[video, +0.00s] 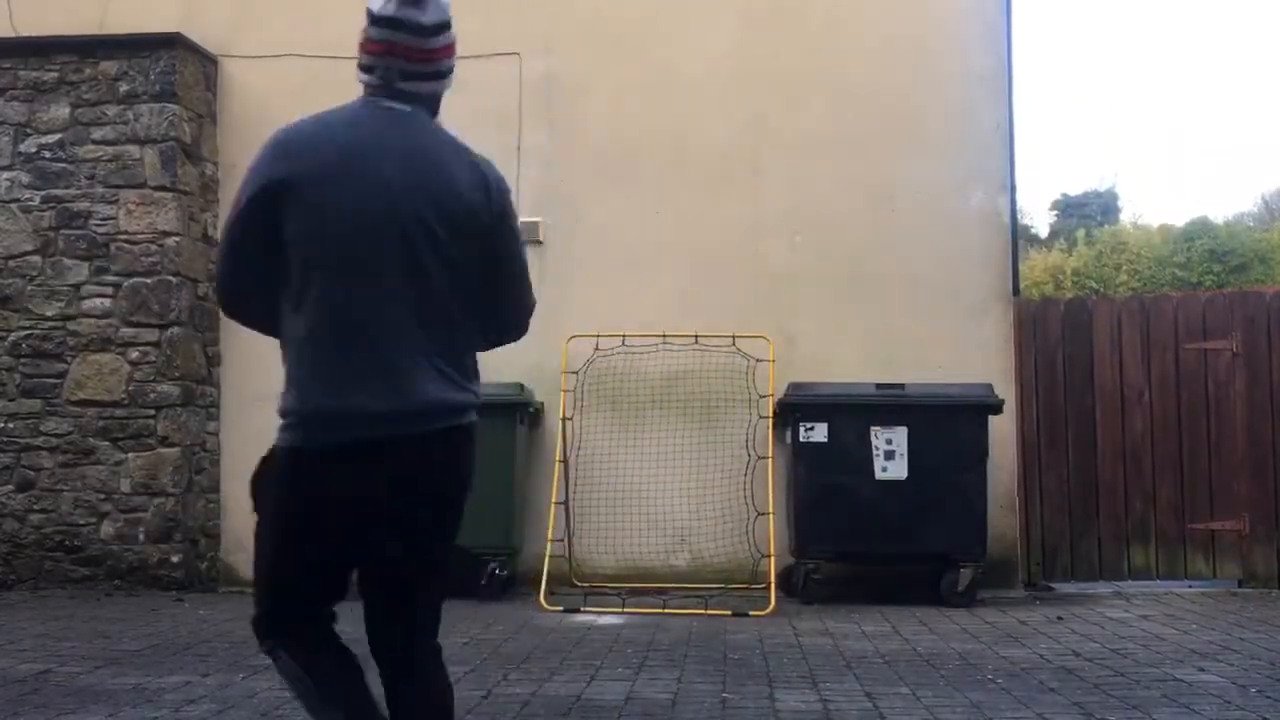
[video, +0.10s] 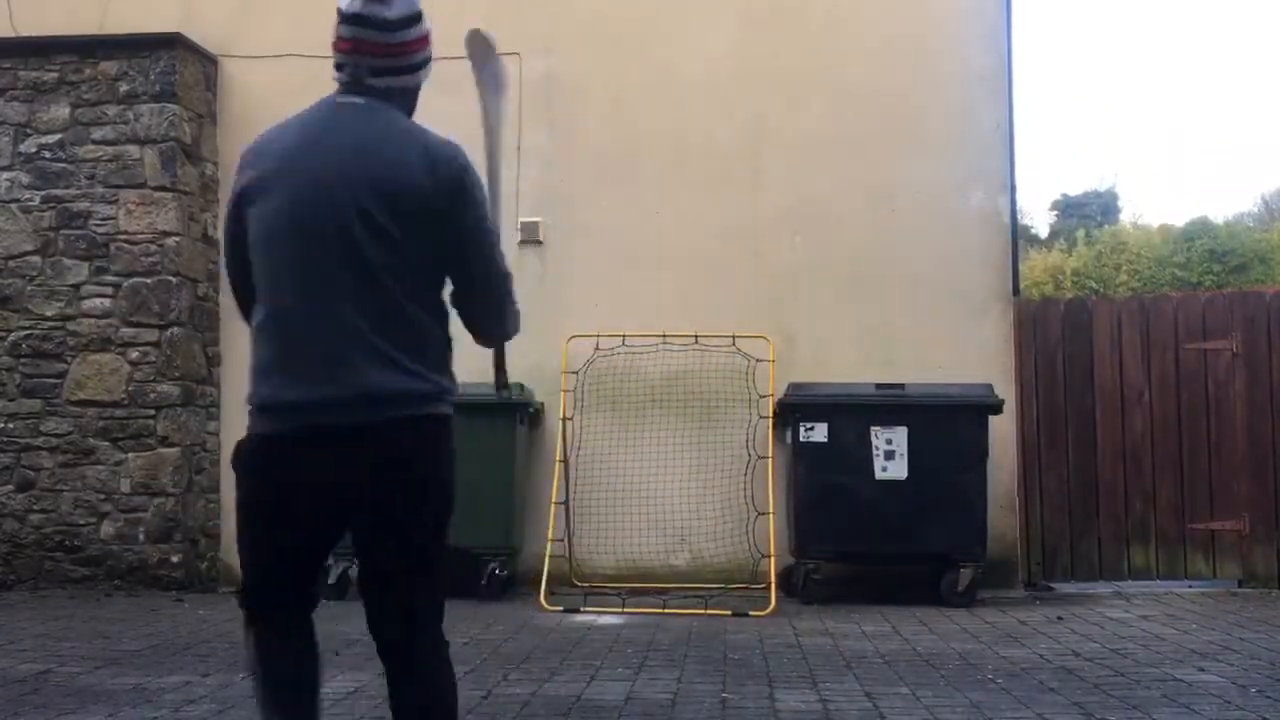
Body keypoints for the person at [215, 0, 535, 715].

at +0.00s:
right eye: (443, 65)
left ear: (363, 63)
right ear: (445, 74)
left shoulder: (294, 150)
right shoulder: (474, 177)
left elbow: (238, 288)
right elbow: (510, 315)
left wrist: (320, 323)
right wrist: (427, 329)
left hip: (323, 443)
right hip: (437, 441)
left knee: (290, 621)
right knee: (408, 633)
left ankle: (360, 713)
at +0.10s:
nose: (419, 78)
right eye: (420, 66)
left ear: (338, 64)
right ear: (416, 71)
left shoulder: (264, 153)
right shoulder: (440, 163)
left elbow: (250, 298)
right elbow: (492, 320)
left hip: (287, 439)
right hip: (408, 436)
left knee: (276, 616)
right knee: (410, 627)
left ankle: (292, 716)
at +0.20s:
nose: (382, 84)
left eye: (382, 67)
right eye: (377, 67)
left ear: (303, 68)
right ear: (353, 70)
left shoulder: (267, 132)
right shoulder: (340, 136)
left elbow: (344, 281)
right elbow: (378, 278)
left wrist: (448, 288)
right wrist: (474, 317)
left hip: (228, 416)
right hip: (321, 416)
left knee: (229, 611)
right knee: (386, 625)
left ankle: (168, 716)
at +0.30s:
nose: (369, 96)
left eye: (368, 77)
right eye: (361, 77)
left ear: (300, 79)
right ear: (321, 77)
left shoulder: (261, 141)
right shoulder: (289, 139)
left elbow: (335, 284)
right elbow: (319, 270)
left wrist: (457, 274)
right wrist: (439, 316)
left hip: (207, 425)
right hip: (265, 424)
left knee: (200, 623)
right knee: (365, 613)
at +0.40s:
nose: (358, 106)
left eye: (357, 87)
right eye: (350, 85)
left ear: (305, 85)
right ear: (306, 83)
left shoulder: (309, 187)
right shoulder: (228, 143)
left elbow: (364, 280)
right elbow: (247, 250)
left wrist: (417, 217)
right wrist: (389, 253)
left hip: (224, 427)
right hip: (190, 425)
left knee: (195, 624)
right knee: (313, 608)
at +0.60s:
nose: (377, 117)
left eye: (378, 100)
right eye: (366, 98)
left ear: (316, 93)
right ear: (323, 94)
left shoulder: (296, 160)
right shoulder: (267, 152)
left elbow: (369, 240)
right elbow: (344, 280)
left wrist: (420, 188)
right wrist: (426, 200)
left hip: (201, 419)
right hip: (159, 414)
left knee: (218, 633)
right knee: (178, 636)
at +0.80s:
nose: (388, 132)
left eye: (388, 114)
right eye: (380, 113)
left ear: (319, 106)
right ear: (339, 110)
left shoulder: (284, 165)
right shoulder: (307, 181)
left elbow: (362, 302)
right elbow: (340, 334)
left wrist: (448, 392)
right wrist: (411, 411)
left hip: (181, 418)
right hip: (177, 423)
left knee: (246, 603)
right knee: (220, 629)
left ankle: (179, 709)